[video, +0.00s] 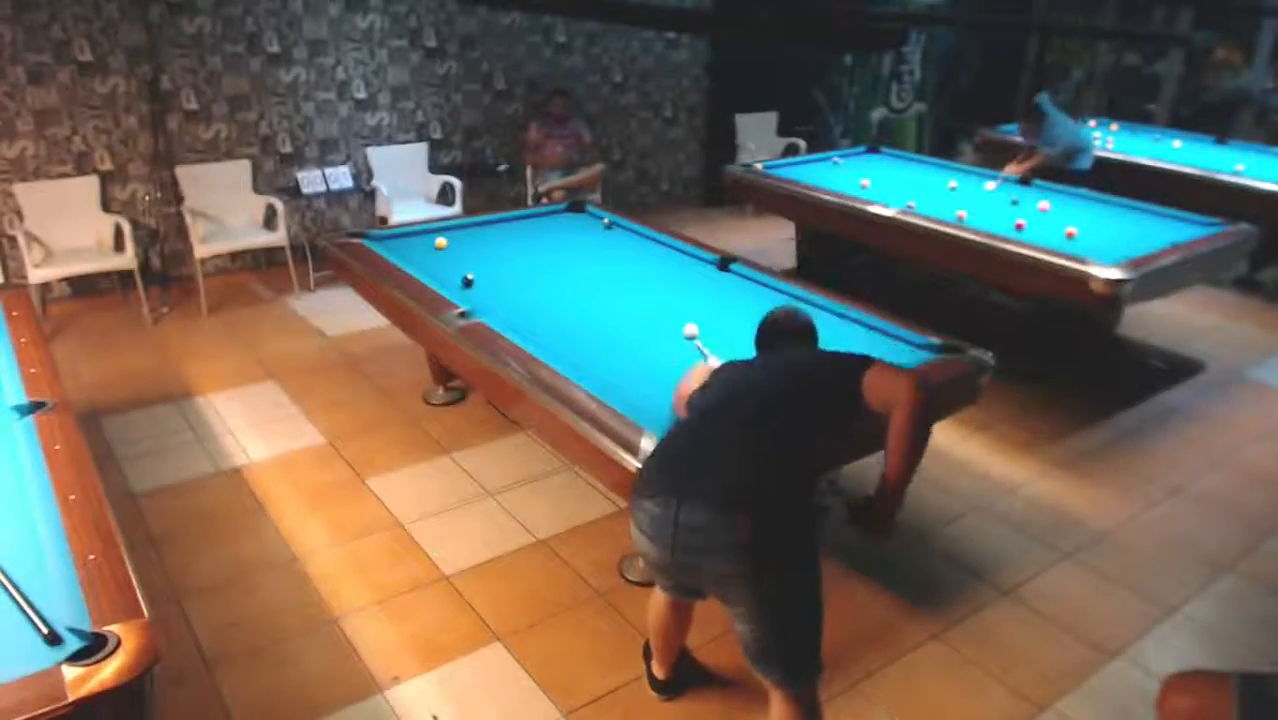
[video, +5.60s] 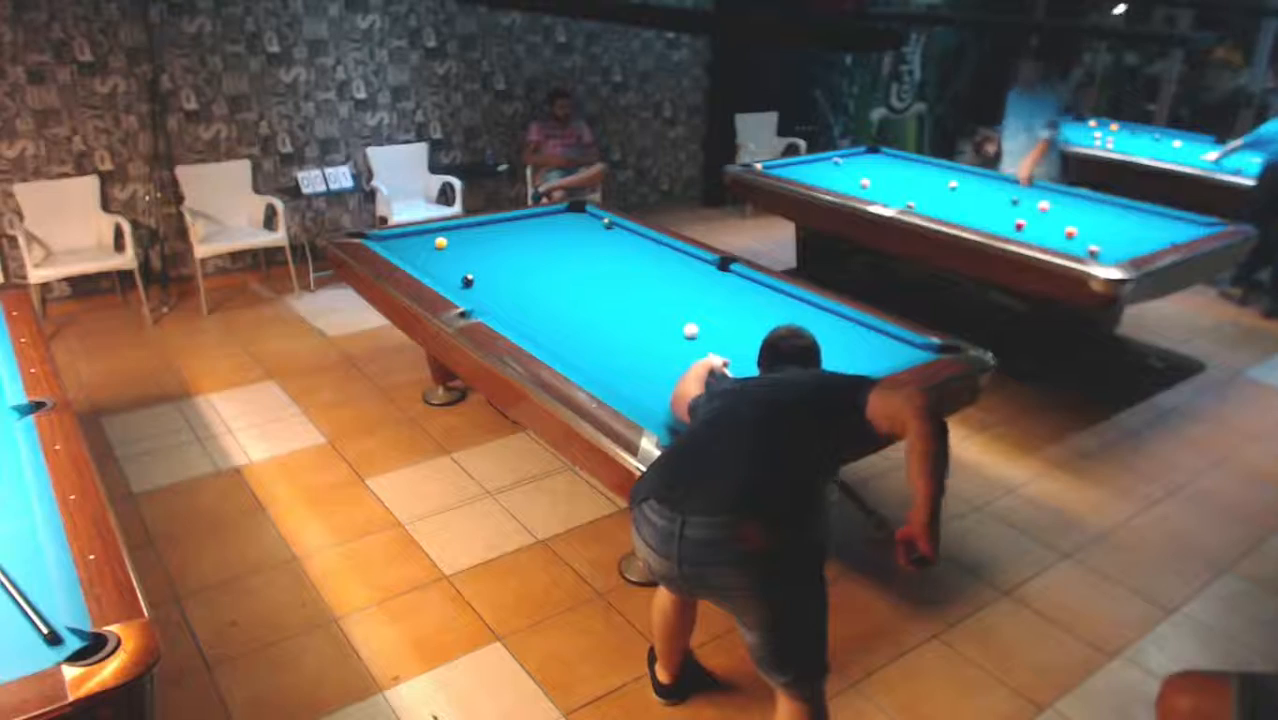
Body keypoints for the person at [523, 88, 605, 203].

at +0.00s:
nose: (559, 111)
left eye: (563, 106)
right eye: (555, 106)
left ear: (569, 107)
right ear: (548, 107)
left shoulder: (577, 125)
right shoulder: (538, 126)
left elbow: (589, 148)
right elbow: (529, 156)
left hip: (573, 168)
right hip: (547, 170)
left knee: (599, 168)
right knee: (558, 195)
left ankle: (548, 189)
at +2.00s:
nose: (559, 110)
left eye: (563, 106)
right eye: (555, 106)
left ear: (568, 108)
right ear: (548, 108)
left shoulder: (578, 126)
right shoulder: (538, 127)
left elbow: (593, 155)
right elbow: (529, 157)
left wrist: (572, 161)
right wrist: (555, 162)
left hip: (576, 168)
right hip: (550, 170)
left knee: (601, 168)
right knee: (558, 196)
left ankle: (549, 187)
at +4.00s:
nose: (559, 110)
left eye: (563, 106)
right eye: (555, 106)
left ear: (568, 107)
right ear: (548, 108)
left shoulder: (578, 126)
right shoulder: (539, 127)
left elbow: (591, 153)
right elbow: (529, 156)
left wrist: (570, 160)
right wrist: (555, 161)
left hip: (575, 166)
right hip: (549, 169)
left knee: (600, 168)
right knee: (558, 196)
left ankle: (553, 185)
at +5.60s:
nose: (565, 111)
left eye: (568, 107)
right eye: (561, 107)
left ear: (572, 108)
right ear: (552, 108)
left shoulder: (579, 126)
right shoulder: (539, 127)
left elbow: (593, 155)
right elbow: (529, 157)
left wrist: (572, 161)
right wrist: (555, 161)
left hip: (577, 167)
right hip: (551, 169)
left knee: (601, 169)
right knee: (559, 196)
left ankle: (551, 186)